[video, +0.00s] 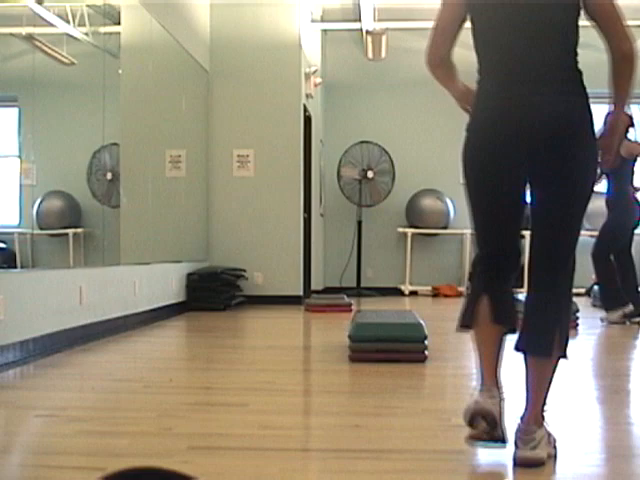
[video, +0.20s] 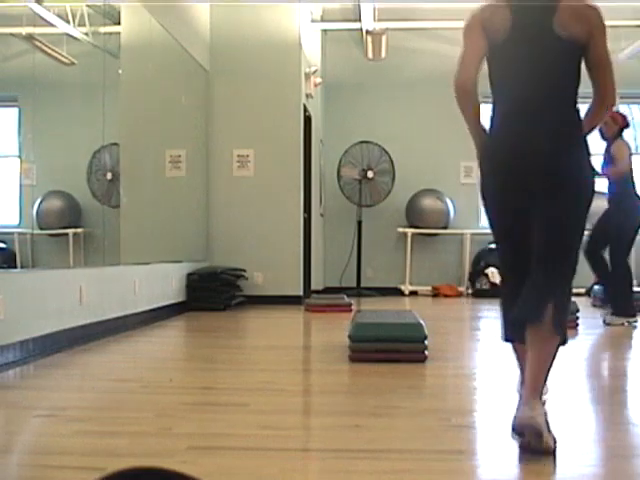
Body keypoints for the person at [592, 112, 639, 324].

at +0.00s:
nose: (609, 125)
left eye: (612, 122)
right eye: (610, 122)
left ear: (616, 126)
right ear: (624, 127)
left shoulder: (625, 147)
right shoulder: (609, 146)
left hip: (623, 210)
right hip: (622, 209)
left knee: (599, 252)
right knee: (623, 255)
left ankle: (615, 304)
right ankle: (633, 303)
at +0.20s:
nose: (602, 127)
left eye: (606, 124)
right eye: (602, 123)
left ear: (617, 127)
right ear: (608, 127)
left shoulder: (619, 146)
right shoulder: (612, 147)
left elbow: (624, 167)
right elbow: (618, 171)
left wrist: (602, 173)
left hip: (627, 208)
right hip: (616, 207)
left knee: (618, 257)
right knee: (592, 249)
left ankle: (624, 309)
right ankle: (613, 292)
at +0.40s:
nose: (596, 128)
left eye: (601, 123)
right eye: (596, 123)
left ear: (613, 127)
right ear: (610, 127)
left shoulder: (612, 149)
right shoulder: (610, 149)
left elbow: (615, 183)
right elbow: (602, 167)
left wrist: (609, 206)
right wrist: (584, 170)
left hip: (626, 211)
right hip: (622, 210)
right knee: (625, 260)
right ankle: (625, 310)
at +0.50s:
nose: (598, 126)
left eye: (602, 122)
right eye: (598, 122)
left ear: (614, 125)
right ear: (610, 126)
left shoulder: (615, 147)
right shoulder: (618, 147)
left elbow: (618, 176)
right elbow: (617, 179)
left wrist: (595, 180)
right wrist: (595, 179)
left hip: (615, 209)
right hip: (623, 208)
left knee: (593, 251)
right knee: (622, 258)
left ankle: (605, 304)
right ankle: (625, 308)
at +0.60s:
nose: (599, 127)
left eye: (602, 123)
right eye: (598, 123)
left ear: (614, 125)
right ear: (603, 126)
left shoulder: (618, 147)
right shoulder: (610, 148)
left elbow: (631, 173)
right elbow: (613, 176)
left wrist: (613, 190)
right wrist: (599, 186)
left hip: (616, 205)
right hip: (608, 204)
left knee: (610, 258)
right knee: (607, 258)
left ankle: (621, 310)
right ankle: (615, 308)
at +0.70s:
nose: (596, 128)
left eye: (600, 124)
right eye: (595, 124)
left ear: (612, 127)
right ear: (596, 127)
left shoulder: (617, 147)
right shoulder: (602, 150)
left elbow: (638, 166)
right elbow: (599, 175)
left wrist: (629, 188)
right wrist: (586, 181)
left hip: (620, 205)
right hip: (611, 204)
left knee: (593, 248)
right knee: (608, 253)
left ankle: (611, 299)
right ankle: (615, 300)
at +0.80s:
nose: (601, 130)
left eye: (605, 126)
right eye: (600, 126)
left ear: (613, 128)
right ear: (606, 129)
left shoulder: (612, 149)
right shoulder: (598, 151)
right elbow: (581, 173)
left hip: (618, 208)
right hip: (616, 208)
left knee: (588, 240)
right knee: (610, 255)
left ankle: (601, 291)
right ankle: (616, 305)